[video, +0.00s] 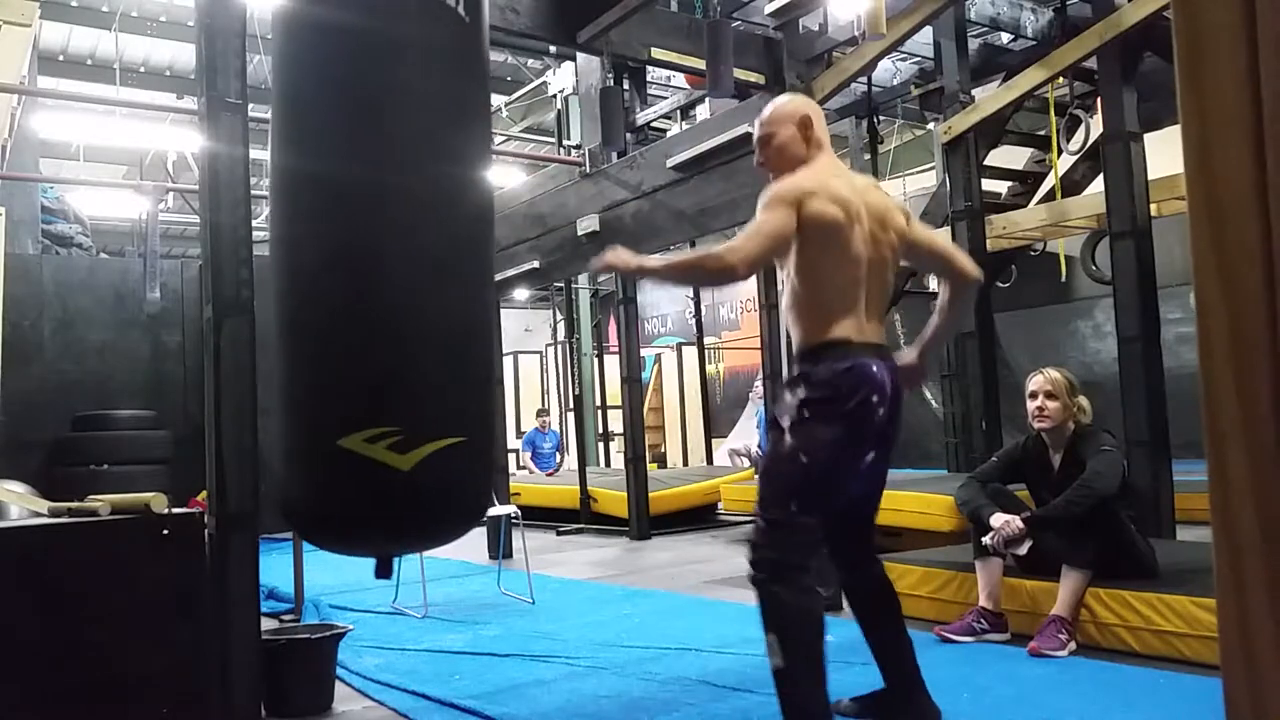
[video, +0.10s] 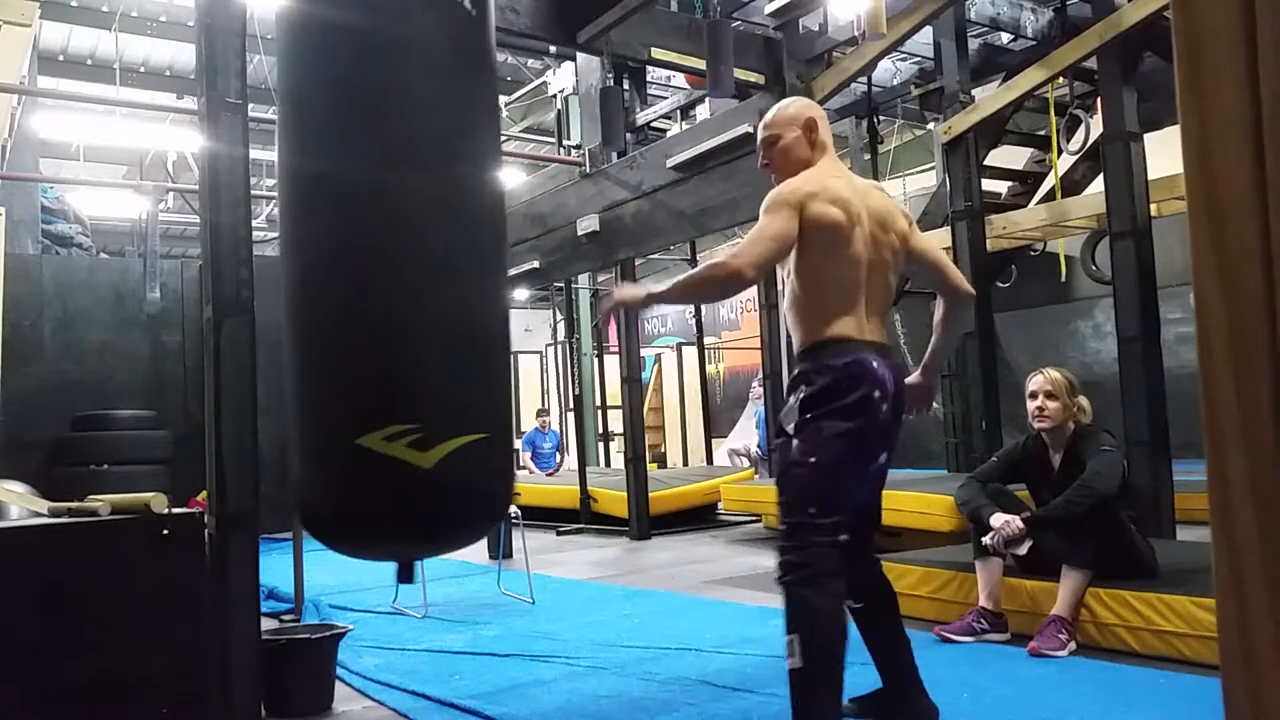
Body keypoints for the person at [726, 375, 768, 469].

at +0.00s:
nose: (755, 390)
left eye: (757, 386)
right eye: (754, 387)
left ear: (766, 387)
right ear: (753, 390)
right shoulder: (760, 411)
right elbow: (759, 432)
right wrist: (755, 446)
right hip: (762, 449)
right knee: (732, 450)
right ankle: (741, 477)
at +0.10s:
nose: (752, 390)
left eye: (757, 387)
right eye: (752, 388)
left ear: (765, 388)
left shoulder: (763, 411)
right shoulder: (759, 411)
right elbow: (758, 432)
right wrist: (754, 445)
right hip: (762, 449)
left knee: (731, 450)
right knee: (731, 450)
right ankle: (741, 477)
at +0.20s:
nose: (748, 392)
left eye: (751, 388)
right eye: (748, 389)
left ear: (761, 389)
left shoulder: (764, 410)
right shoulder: (757, 411)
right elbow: (756, 432)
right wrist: (753, 445)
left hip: (767, 454)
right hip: (759, 450)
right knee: (731, 450)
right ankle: (741, 477)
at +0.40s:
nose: (738, 395)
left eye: (741, 392)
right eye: (738, 392)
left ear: (750, 391)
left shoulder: (763, 405)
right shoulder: (748, 410)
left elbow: (775, 427)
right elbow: (751, 431)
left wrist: (767, 445)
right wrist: (752, 445)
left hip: (765, 445)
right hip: (755, 445)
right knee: (729, 451)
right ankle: (741, 478)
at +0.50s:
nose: (731, 398)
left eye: (734, 395)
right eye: (731, 396)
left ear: (744, 393)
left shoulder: (759, 406)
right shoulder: (742, 413)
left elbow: (774, 424)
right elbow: (747, 431)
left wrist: (761, 439)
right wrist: (751, 442)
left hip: (766, 444)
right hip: (751, 444)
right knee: (728, 452)